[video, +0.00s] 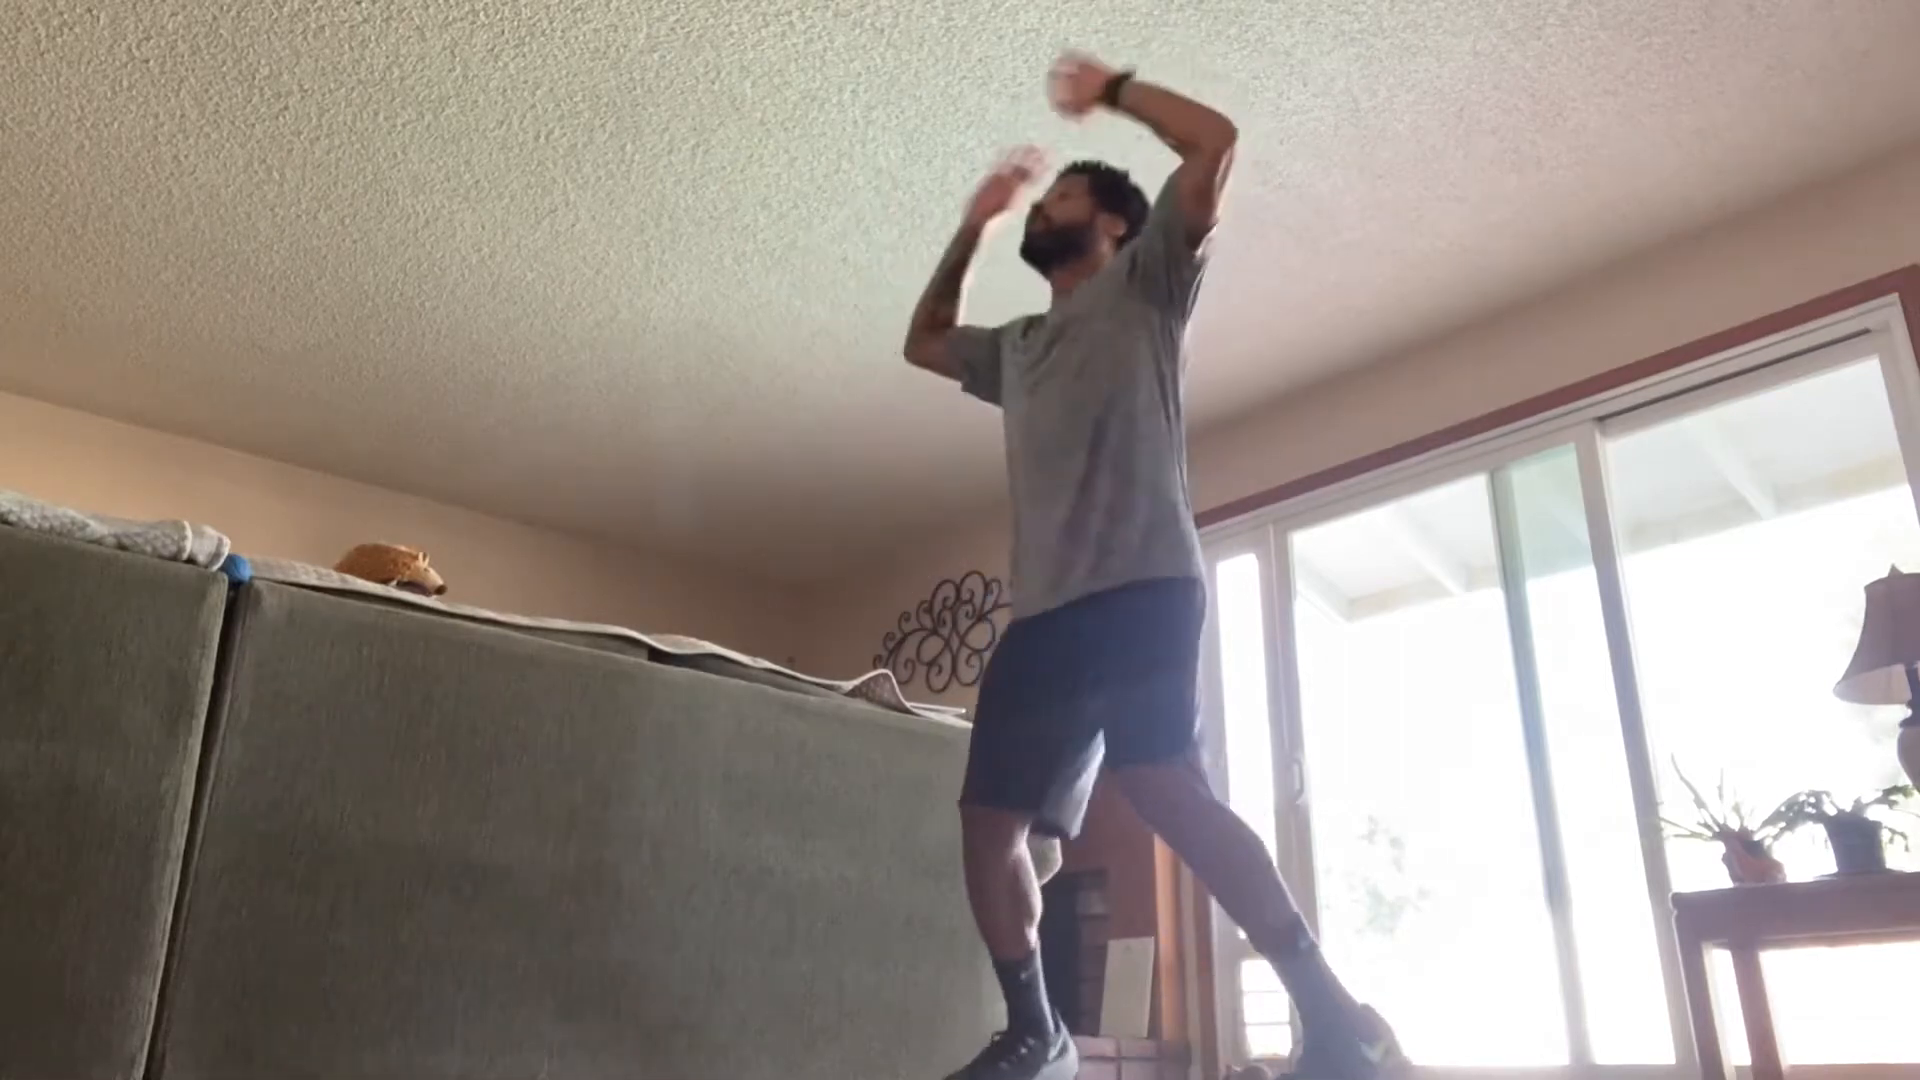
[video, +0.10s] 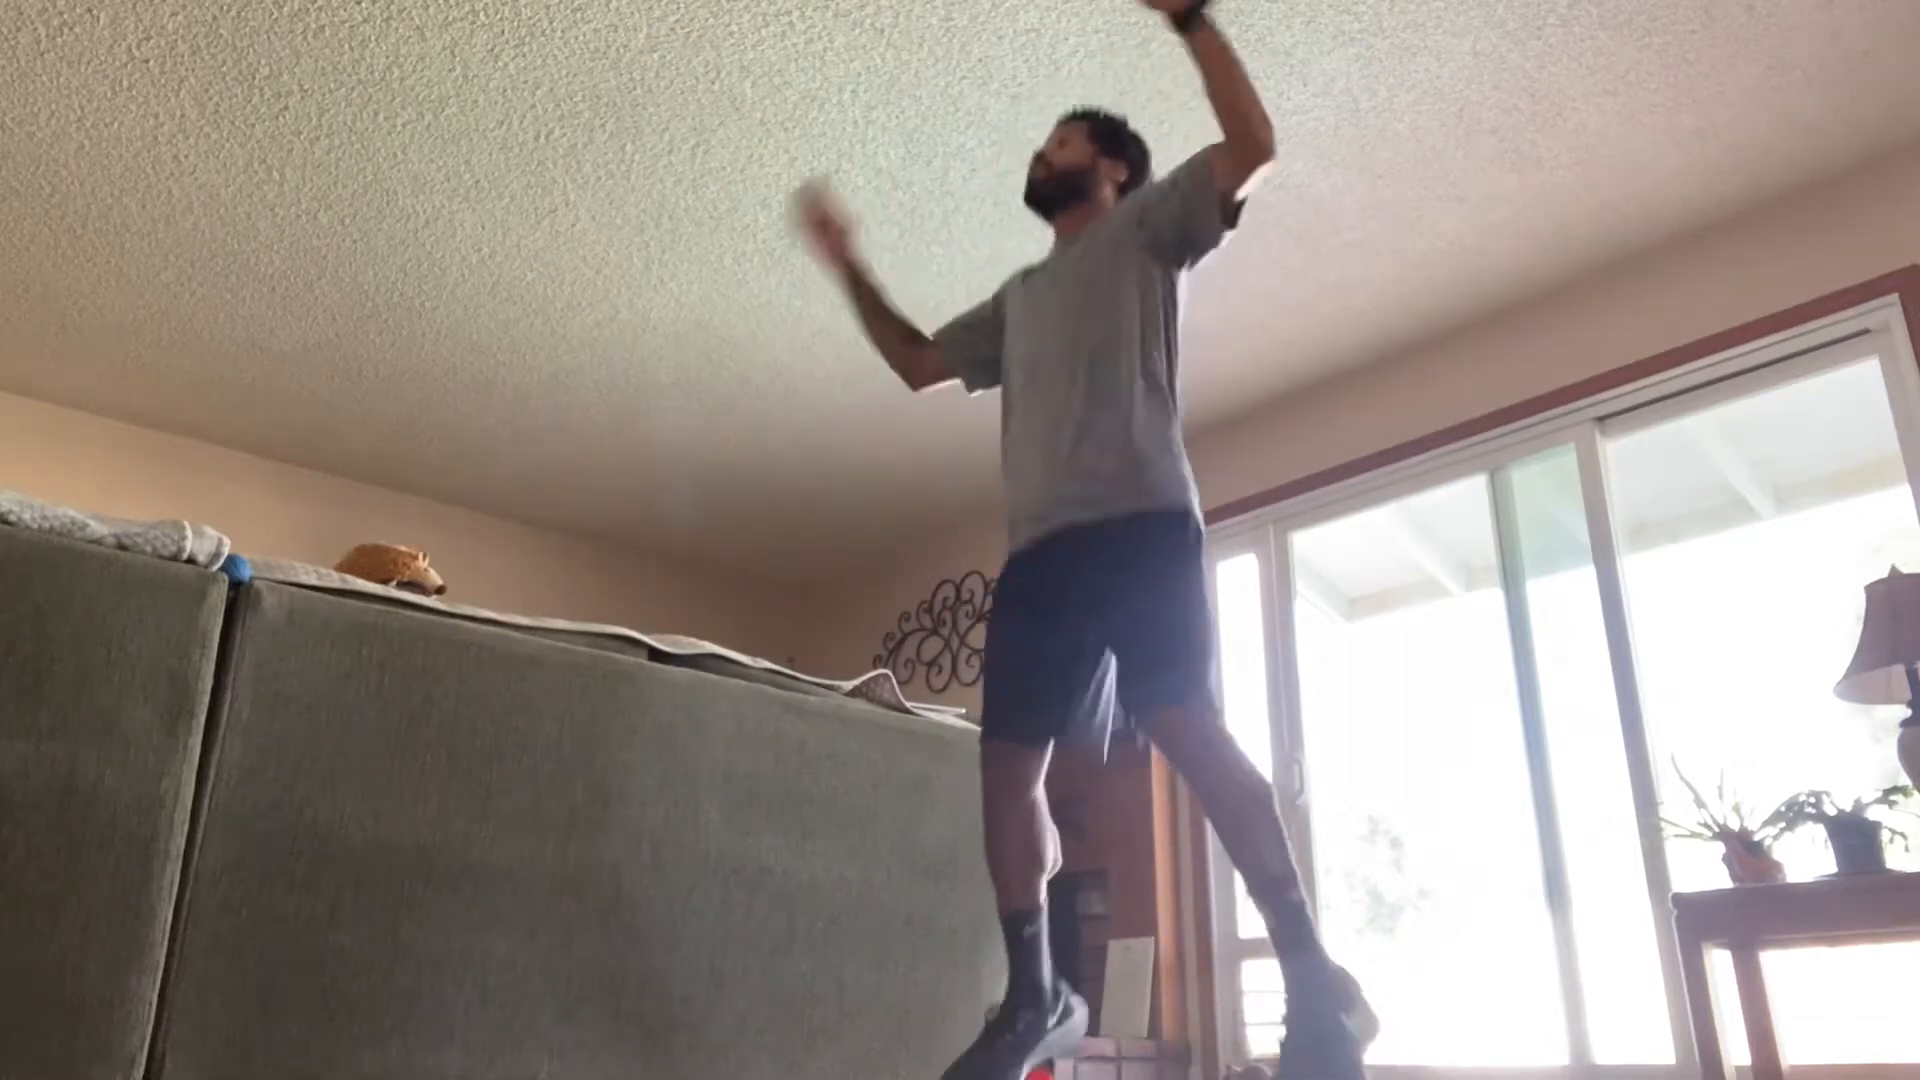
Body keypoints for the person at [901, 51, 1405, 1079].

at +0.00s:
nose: (1043, 208)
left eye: (1067, 198)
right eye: (1041, 203)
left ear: (1118, 222)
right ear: (1045, 234)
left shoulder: (1145, 281)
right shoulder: (1016, 346)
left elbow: (1215, 141)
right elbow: (927, 343)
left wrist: (1113, 87)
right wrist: (973, 230)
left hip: (1144, 581)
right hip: (1041, 608)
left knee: (1164, 792)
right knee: (989, 823)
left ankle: (1331, 1015)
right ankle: (1034, 1033)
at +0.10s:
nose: (1041, 151)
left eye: (1064, 140)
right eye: (1042, 144)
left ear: (1118, 169)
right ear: (1048, 180)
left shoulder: (1146, 225)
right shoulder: (1016, 298)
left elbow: (1249, 147)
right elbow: (917, 362)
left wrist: (1197, 26)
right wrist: (846, 267)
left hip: (1145, 523)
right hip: (1040, 546)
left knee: (1185, 730)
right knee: (1009, 765)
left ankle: (1312, 976)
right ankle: (1034, 995)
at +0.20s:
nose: (1029, 118)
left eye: (1051, 105)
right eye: (1029, 110)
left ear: (1103, 129)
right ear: (1045, 148)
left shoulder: (1138, 185)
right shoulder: (1012, 269)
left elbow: (1259, 227)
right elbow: (968, 404)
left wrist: (1239, 152)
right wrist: (850, 375)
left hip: (1140, 465)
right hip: (1044, 485)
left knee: (1137, 671)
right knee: (1021, 709)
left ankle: (1261, 932)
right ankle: (1078, 947)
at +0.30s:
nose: (1017, 130)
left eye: (1041, 119)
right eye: (1015, 123)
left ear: (1092, 149)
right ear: (1013, 164)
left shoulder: (1132, 220)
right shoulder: (1008, 288)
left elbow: (1236, 328)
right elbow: (1029, 430)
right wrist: (940, 476)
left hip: (1133, 487)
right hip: (1043, 503)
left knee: (1115, 709)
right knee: (1042, 738)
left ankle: (1215, 959)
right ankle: (1127, 964)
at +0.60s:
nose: (1017, 103)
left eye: (1040, 92)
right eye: (1017, 97)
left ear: (1092, 123)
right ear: (1030, 138)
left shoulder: (1130, 195)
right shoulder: (1004, 260)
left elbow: (1228, 281)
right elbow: (989, 395)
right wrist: (868, 413)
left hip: (1127, 467)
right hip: (1034, 486)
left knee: (1126, 690)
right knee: (1043, 726)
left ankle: (1216, 945)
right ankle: (1100, 947)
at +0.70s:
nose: (1016, 107)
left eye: (1040, 96)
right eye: (1017, 100)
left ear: (1091, 122)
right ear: (1031, 140)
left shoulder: (1124, 189)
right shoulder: (1008, 256)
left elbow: (1256, 175)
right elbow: (932, 359)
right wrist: (832, 292)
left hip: (1130, 471)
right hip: (1033, 492)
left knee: (1132, 679)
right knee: (1002, 712)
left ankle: (1267, 938)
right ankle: (1055, 958)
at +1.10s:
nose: (957, 112)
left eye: (980, 95)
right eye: (957, 100)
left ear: (1035, 124)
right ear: (965, 131)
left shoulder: (1072, 186)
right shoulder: (957, 257)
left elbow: (1194, 234)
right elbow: (924, 381)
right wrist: (814, 364)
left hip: (1093, 464)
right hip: (1006, 491)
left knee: (1064, 656)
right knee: (970, 709)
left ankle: (1246, 873)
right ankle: (1027, 945)